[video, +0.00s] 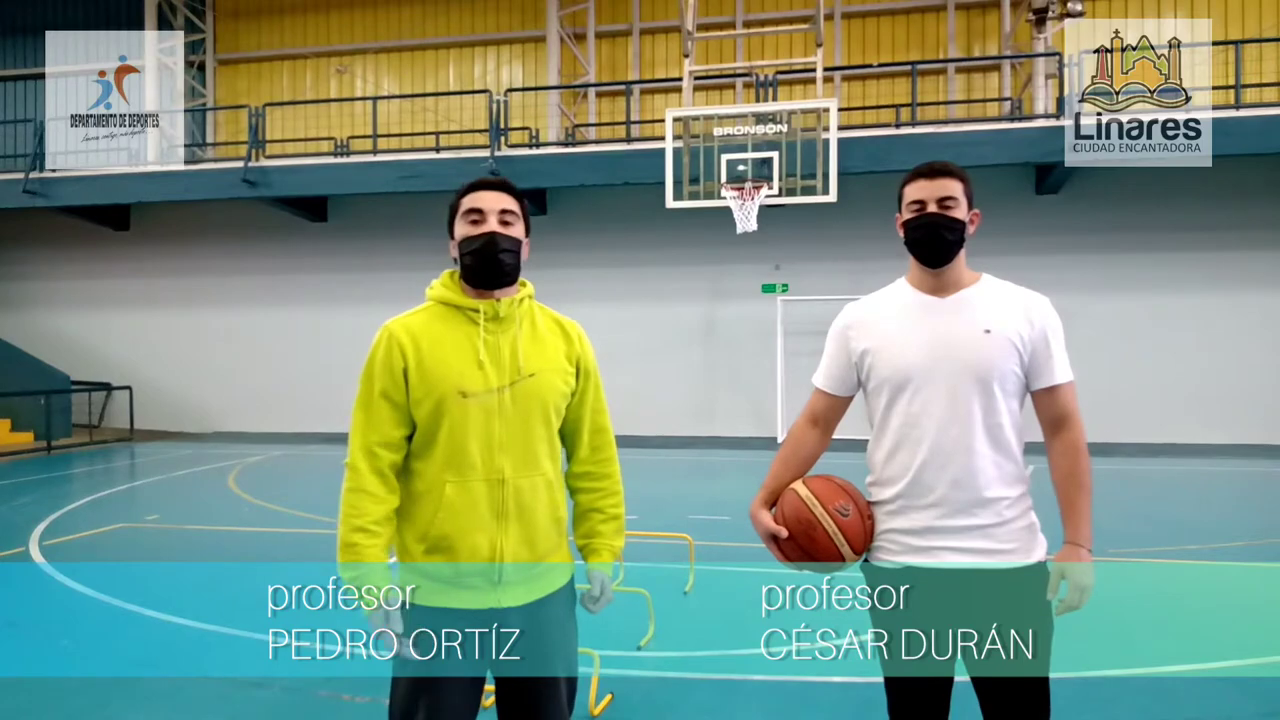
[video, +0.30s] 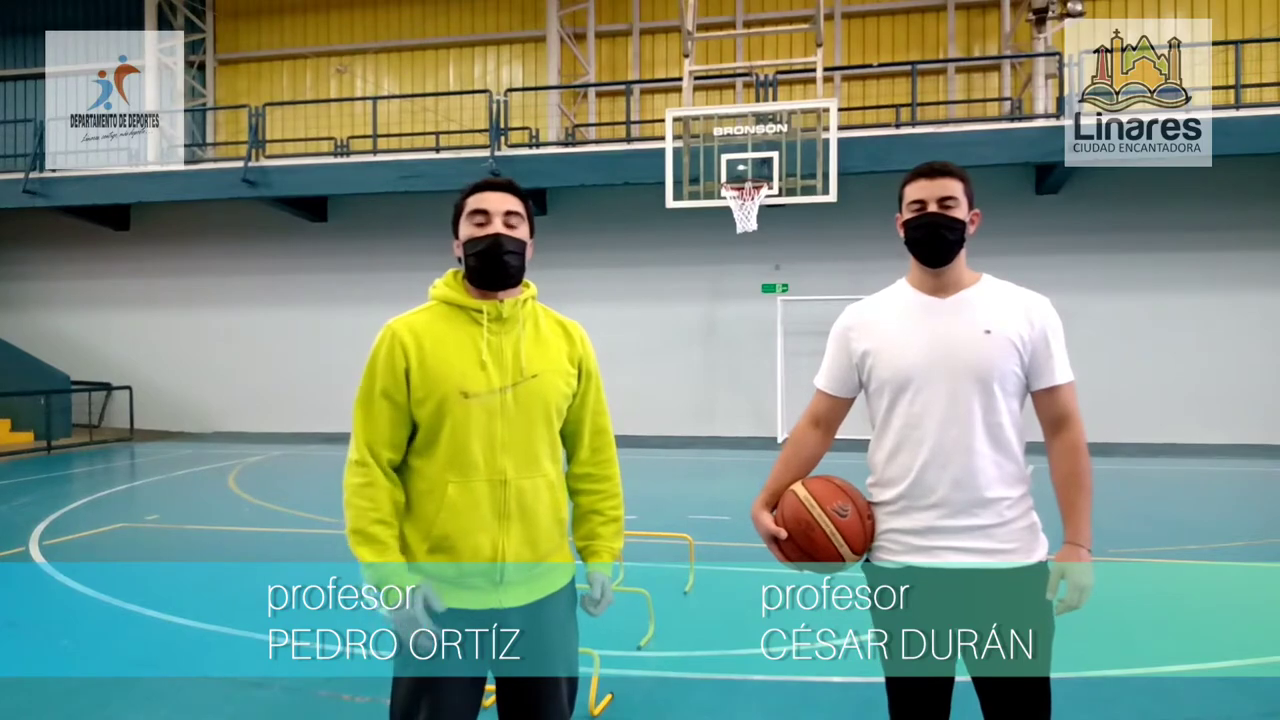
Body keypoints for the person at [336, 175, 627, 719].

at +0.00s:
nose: (490, 228)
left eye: (506, 219)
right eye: (473, 218)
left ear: (525, 245)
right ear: (452, 243)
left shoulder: (564, 339)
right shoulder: (405, 339)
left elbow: (594, 458)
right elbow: (372, 463)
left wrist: (601, 554)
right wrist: (367, 574)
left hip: (542, 590)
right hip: (438, 592)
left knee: (548, 712)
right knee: (430, 714)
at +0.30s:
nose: (496, 229)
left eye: (511, 220)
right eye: (479, 219)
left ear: (529, 243)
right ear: (456, 243)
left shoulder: (566, 340)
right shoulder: (407, 339)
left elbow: (594, 459)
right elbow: (370, 465)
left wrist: (599, 555)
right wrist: (389, 578)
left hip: (543, 593)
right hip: (439, 597)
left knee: (547, 712)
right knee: (432, 715)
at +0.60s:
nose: (490, 230)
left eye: (507, 221)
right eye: (473, 220)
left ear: (526, 245)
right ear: (453, 244)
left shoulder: (567, 340)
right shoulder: (406, 340)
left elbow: (597, 458)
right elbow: (370, 464)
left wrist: (603, 555)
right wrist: (370, 570)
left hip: (543, 591)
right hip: (439, 593)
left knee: (548, 712)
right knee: (431, 714)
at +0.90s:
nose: (482, 231)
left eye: (499, 220)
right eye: (464, 221)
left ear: (519, 243)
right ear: (445, 245)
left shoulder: (562, 337)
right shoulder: (401, 344)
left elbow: (596, 454)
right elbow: (366, 470)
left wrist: (604, 551)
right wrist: (366, 587)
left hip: (542, 593)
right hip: (438, 596)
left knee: (549, 712)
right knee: (431, 714)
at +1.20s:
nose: (471, 233)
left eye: (487, 221)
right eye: (453, 223)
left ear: (508, 242)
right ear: (433, 246)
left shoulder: (556, 334)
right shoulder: (392, 348)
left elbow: (592, 448)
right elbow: (359, 473)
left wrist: (602, 541)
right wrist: (355, 579)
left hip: (540, 591)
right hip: (437, 595)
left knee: (545, 711)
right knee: (430, 714)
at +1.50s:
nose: (464, 234)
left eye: (479, 222)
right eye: (446, 224)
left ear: (500, 243)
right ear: (426, 248)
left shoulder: (549, 334)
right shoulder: (386, 352)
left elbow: (587, 445)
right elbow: (358, 480)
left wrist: (597, 537)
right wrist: (360, 597)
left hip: (538, 592)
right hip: (435, 598)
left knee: (545, 711)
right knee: (430, 714)